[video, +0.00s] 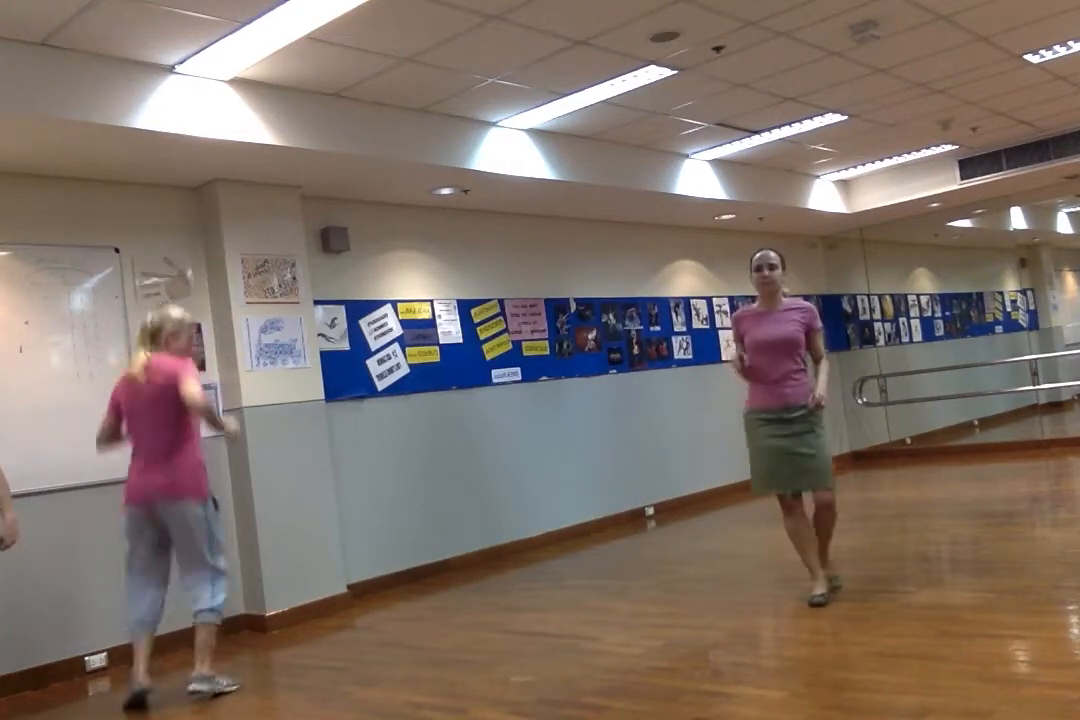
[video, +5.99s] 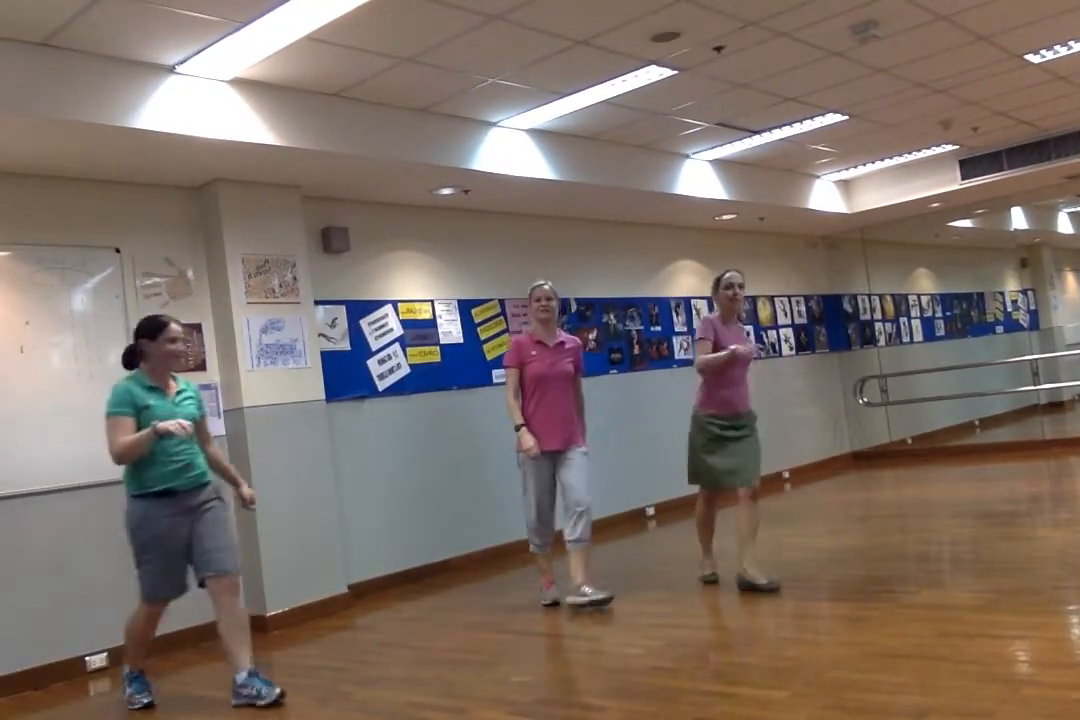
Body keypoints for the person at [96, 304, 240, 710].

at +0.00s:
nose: (192, 342)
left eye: (192, 335)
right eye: (188, 335)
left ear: (152, 336)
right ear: (170, 335)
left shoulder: (127, 378)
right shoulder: (180, 365)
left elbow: (106, 439)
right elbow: (193, 399)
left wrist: (139, 428)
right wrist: (221, 424)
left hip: (140, 489)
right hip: (183, 487)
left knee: (145, 578)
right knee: (205, 574)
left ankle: (139, 678)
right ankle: (203, 673)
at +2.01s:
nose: (241, 315)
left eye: (244, 308)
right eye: (233, 310)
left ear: (249, 313)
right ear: (216, 318)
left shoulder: (267, 353)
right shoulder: (199, 357)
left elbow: (281, 404)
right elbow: (194, 411)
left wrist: (292, 450)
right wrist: (201, 459)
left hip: (260, 460)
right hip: (220, 463)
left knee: (271, 536)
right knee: (230, 538)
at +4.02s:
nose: (536, 312)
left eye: (537, 307)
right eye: (529, 308)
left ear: (535, 313)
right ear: (511, 314)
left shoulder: (540, 352)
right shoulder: (501, 348)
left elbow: (568, 382)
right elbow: (475, 390)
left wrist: (605, 394)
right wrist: (461, 425)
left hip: (531, 443)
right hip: (510, 444)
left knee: (524, 513)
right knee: (560, 496)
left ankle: (518, 585)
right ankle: (553, 572)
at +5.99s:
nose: (544, 304)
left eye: (549, 299)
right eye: (538, 300)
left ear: (557, 305)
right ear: (529, 307)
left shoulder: (573, 345)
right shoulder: (519, 346)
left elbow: (577, 391)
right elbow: (512, 393)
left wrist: (581, 432)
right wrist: (522, 429)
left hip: (570, 439)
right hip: (535, 443)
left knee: (580, 504)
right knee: (539, 513)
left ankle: (580, 584)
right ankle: (547, 581)